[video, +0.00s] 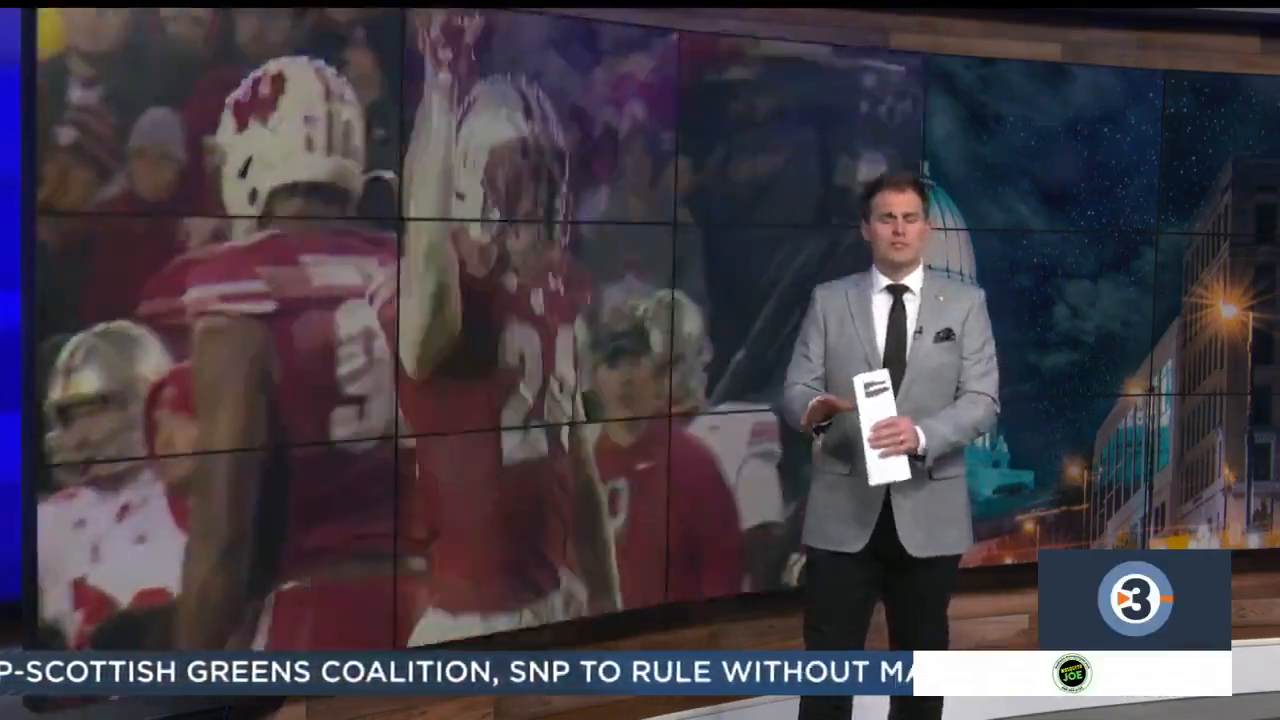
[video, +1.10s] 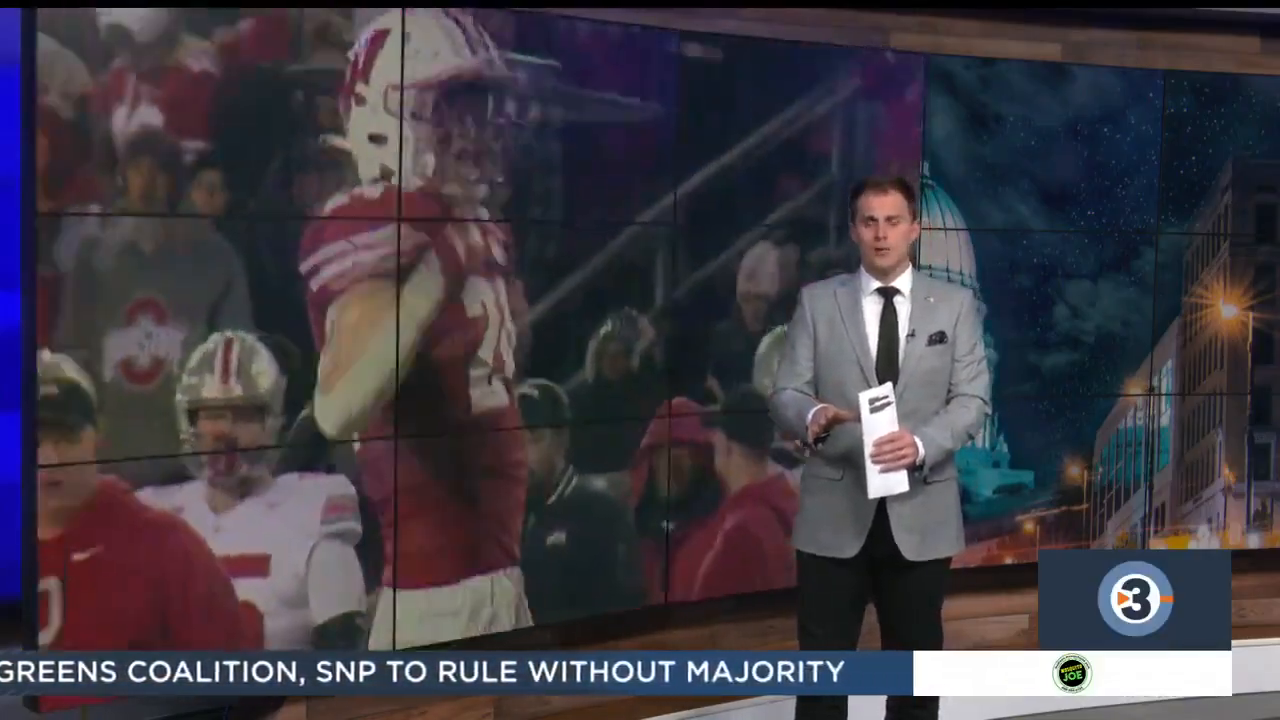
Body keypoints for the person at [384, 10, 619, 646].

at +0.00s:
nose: (533, 183)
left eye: (545, 163)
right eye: (514, 163)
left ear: (561, 172)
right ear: (462, 169)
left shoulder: (555, 288)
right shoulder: (421, 288)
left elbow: (584, 470)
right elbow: (424, 350)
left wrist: (607, 607)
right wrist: (440, 95)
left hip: (559, 602)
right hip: (465, 615)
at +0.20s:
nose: (466, 269)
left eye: (480, 250)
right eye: (450, 249)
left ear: (498, 263)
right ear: (393, 256)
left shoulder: (495, 357)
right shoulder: (366, 358)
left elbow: (506, 501)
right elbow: (421, 333)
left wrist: (528, 614)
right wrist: (437, 151)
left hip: (507, 628)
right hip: (427, 636)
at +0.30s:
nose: (452, 289)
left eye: (461, 267)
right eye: (431, 267)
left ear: (474, 280)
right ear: (369, 279)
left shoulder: (452, 385)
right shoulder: (343, 389)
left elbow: (483, 531)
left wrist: (497, 642)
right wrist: (419, 170)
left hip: (475, 662)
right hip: (401, 674)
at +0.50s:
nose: (462, 177)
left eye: (466, 155)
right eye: (442, 154)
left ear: (473, 160)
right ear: (382, 154)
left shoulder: (449, 265)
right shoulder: (341, 264)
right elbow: (362, 355)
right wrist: (422, 213)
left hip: (474, 606)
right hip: (409, 620)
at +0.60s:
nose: (482, 225)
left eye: (487, 204)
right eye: (464, 206)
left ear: (497, 213)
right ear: (399, 211)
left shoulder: (483, 306)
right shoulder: (365, 312)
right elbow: (390, 397)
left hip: (505, 609)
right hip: (437, 619)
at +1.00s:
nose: (438, 172)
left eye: (448, 151)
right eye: (417, 152)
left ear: (460, 156)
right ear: (351, 155)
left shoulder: (438, 260)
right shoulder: (320, 269)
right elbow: (341, 343)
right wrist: (385, 124)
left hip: (482, 613)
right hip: (412, 632)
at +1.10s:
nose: (474, 134)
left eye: (483, 112)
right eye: (450, 113)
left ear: (498, 117)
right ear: (386, 119)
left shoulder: (479, 224)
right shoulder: (364, 224)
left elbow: (491, 375)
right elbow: (337, 406)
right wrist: (437, 270)